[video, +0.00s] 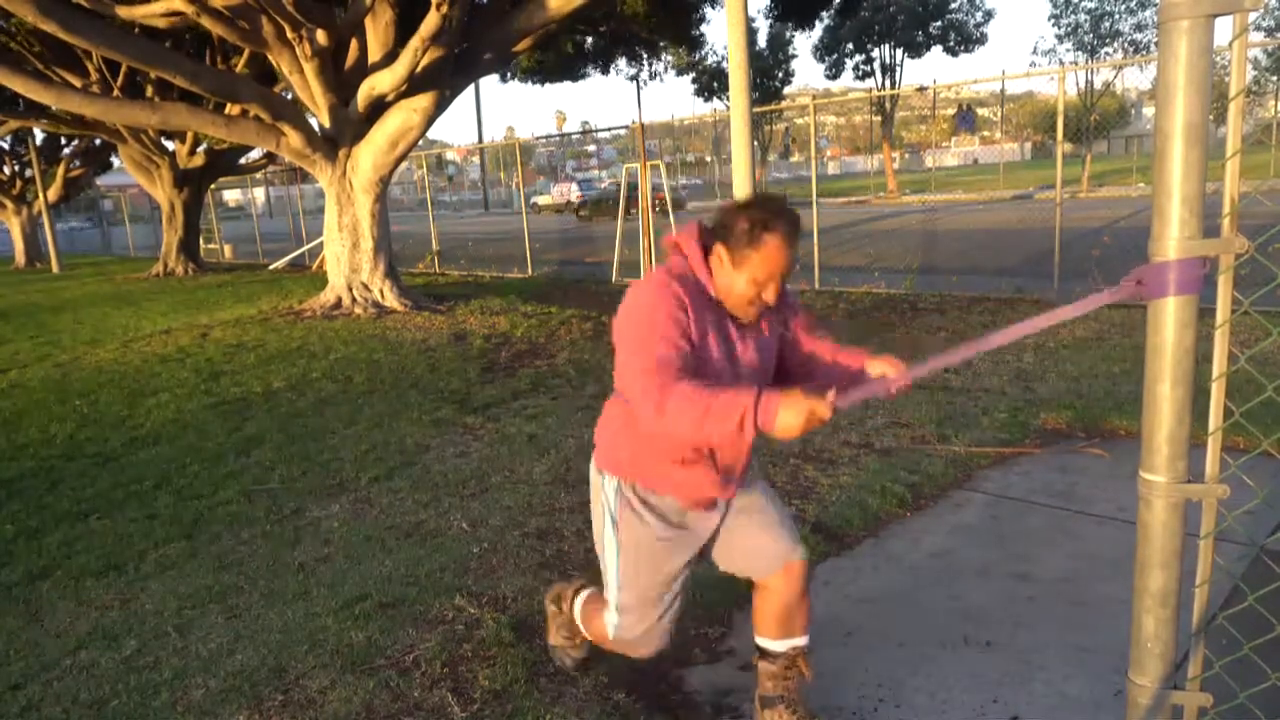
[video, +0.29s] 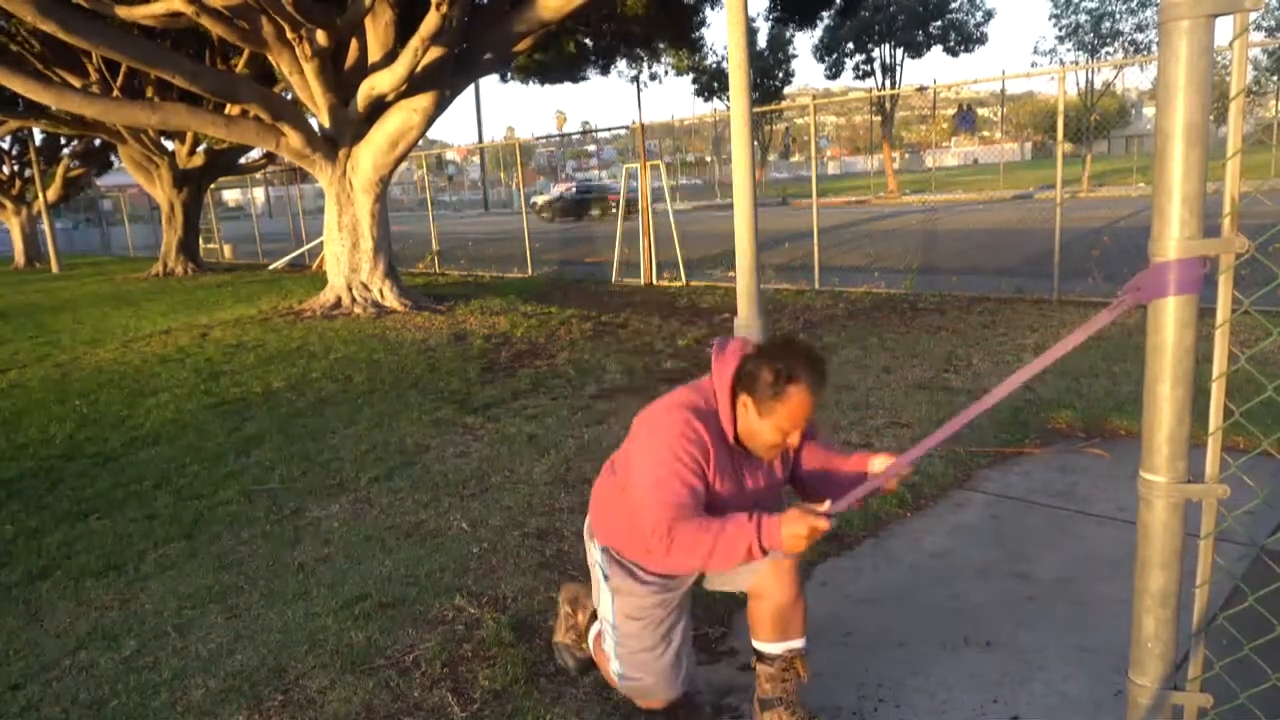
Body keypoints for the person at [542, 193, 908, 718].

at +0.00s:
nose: (772, 297)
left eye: (780, 283)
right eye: (760, 284)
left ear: (788, 269)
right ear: (719, 262)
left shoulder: (771, 305)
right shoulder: (655, 302)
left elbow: (804, 355)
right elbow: (660, 403)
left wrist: (863, 368)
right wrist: (761, 410)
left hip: (725, 476)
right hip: (643, 483)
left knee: (785, 566)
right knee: (639, 637)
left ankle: (779, 699)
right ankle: (571, 608)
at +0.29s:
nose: (793, 444)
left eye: (800, 431)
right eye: (784, 430)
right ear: (744, 408)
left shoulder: (770, 413)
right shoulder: (674, 430)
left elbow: (803, 464)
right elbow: (665, 540)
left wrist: (865, 466)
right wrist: (768, 532)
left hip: (717, 537)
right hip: (639, 554)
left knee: (780, 570)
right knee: (654, 693)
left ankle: (779, 702)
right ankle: (583, 620)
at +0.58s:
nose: (750, 299)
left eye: (753, 284)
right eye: (737, 287)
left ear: (757, 277)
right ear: (691, 281)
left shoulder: (750, 322)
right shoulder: (636, 332)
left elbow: (783, 379)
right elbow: (638, 431)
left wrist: (847, 392)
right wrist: (738, 418)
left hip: (721, 481)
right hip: (635, 498)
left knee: (779, 566)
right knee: (631, 640)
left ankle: (780, 697)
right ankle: (574, 610)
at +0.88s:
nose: (692, 178)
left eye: (695, 164)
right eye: (678, 165)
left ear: (696, 159)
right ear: (632, 163)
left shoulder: (686, 209)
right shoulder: (603, 216)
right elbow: (684, 262)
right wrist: (781, 289)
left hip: (671, 406)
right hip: (602, 413)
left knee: (698, 530)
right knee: (667, 555)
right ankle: (697, 692)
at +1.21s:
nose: (724, 303)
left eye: (723, 290)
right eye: (710, 293)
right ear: (663, 293)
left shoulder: (692, 335)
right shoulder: (604, 341)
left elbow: (713, 371)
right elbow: (566, 431)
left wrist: (754, 365)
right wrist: (660, 416)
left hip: (649, 506)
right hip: (591, 510)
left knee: (632, 599)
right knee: (707, 571)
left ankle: (545, 566)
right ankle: (715, 694)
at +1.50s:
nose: (702, 307)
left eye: (702, 293)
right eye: (690, 297)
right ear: (640, 301)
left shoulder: (688, 336)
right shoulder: (589, 359)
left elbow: (717, 372)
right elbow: (545, 451)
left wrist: (742, 373)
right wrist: (629, 445)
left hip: (661, 495)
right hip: (601, 504)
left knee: (645, 577)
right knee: (702, 581)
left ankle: (544, 568)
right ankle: (711, 695)